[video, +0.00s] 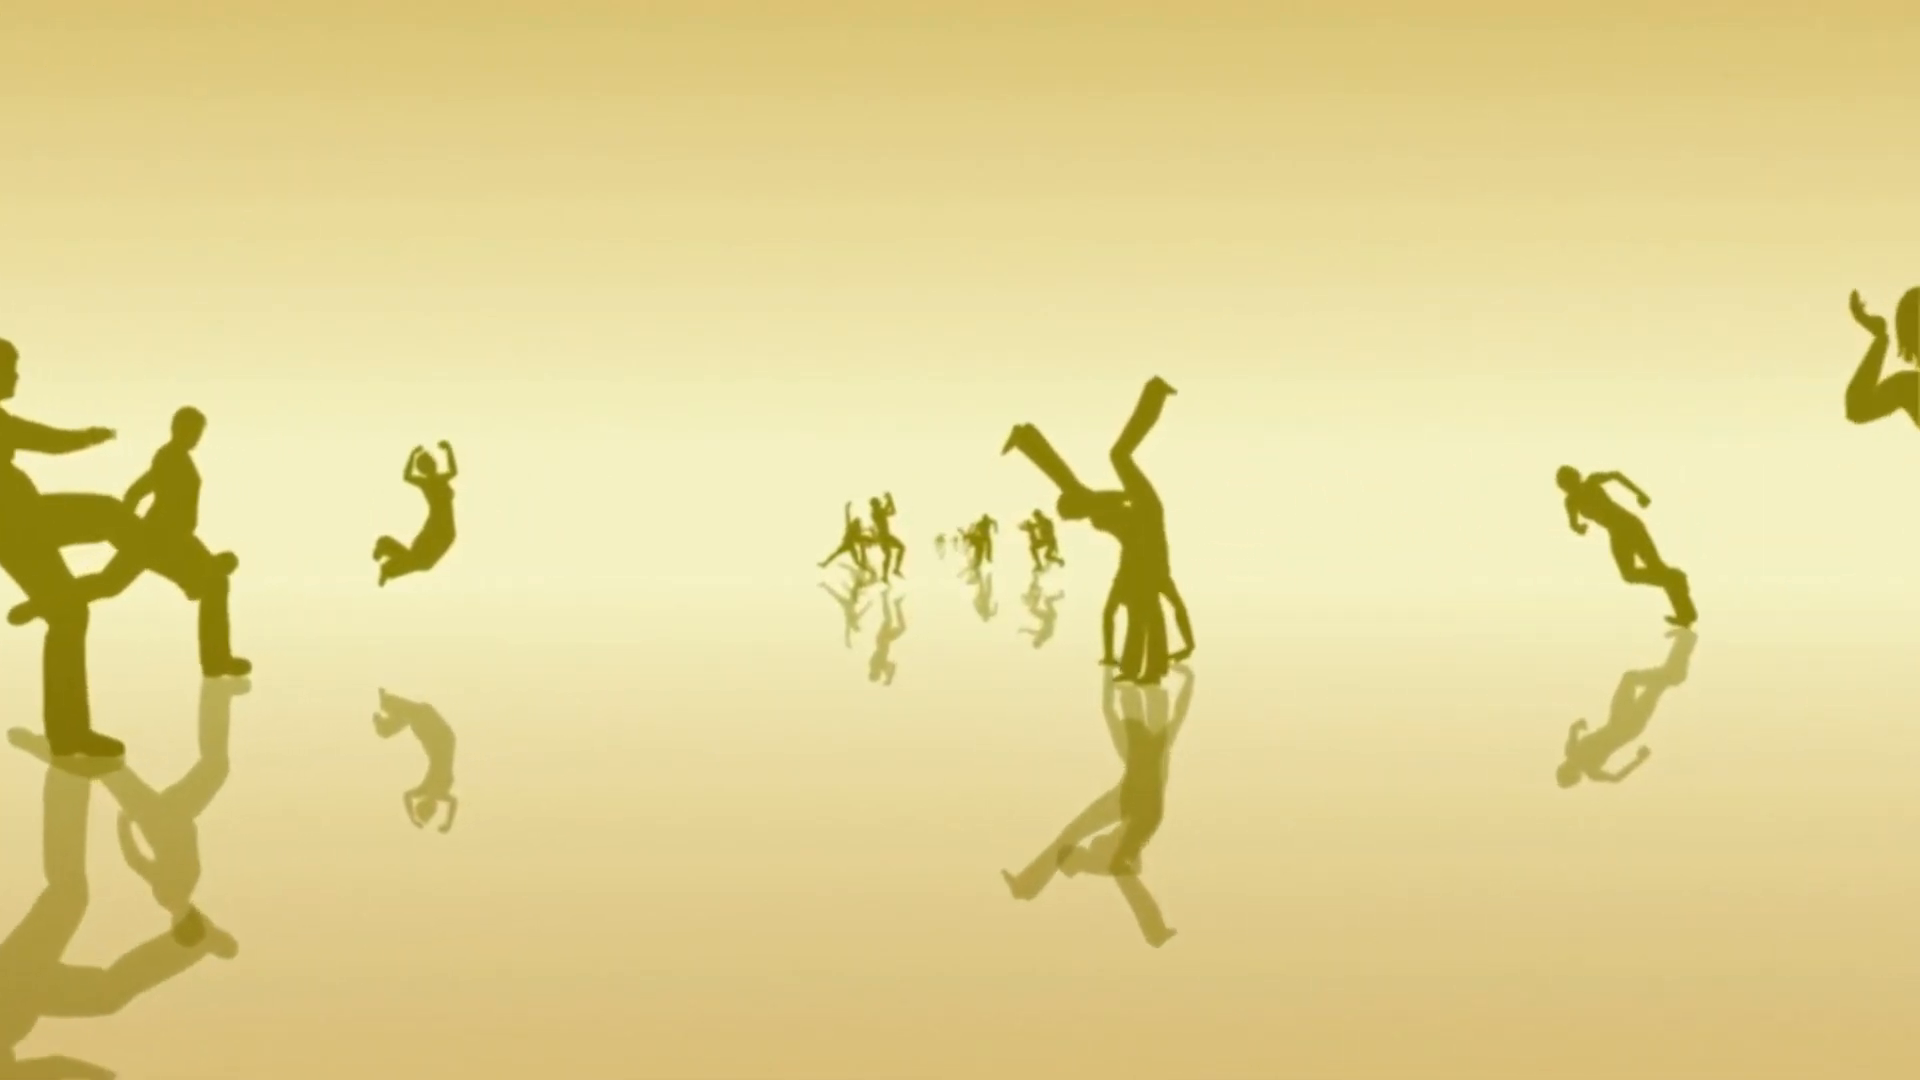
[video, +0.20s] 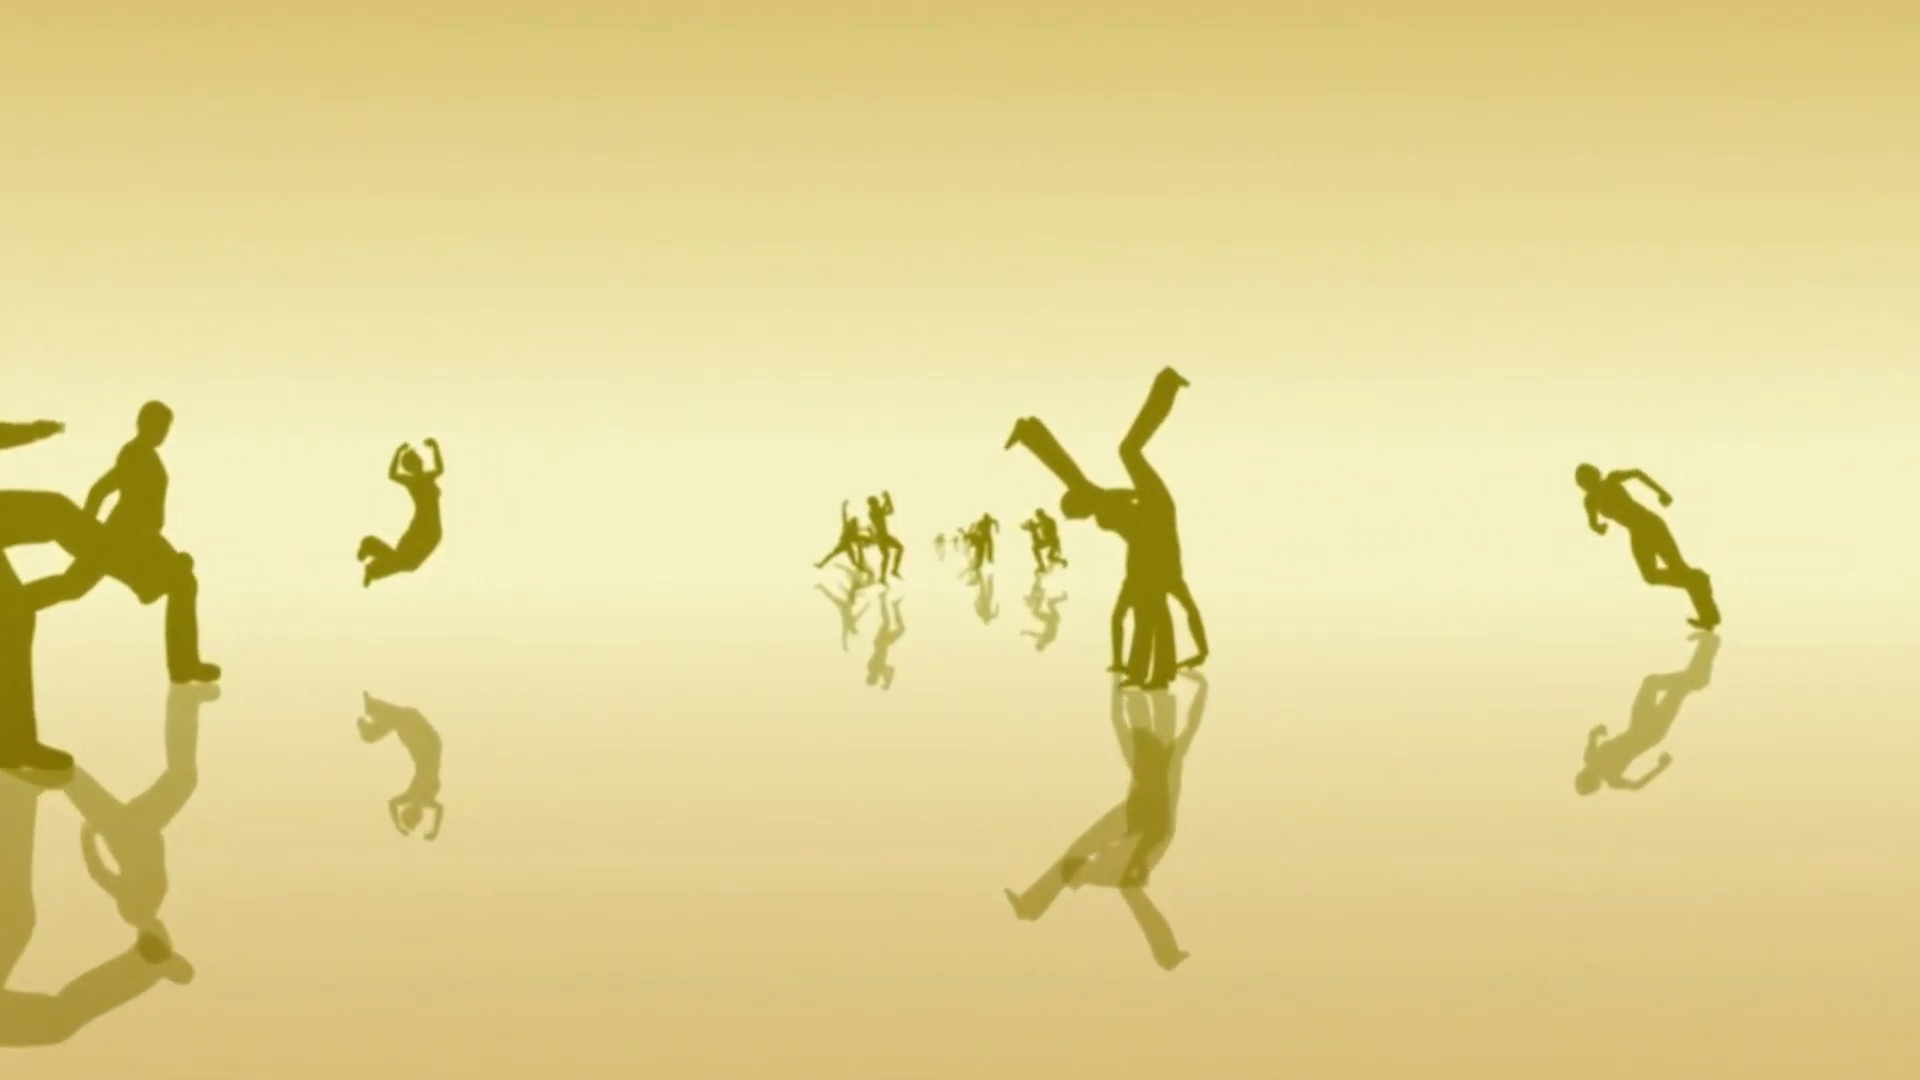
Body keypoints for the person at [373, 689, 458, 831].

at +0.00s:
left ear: (431, 806)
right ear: (421, 804)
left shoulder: (440, 794)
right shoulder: (423, 791)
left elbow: (454, 801)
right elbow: (406, 796)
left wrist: (448, 824)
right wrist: (412, 818)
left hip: (427, 715)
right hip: (417, 714)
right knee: (385, 732)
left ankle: (387, 700)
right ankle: (376, 718)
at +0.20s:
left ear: (417, 813)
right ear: (406, 811)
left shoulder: (426, 800)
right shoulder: (409, 798)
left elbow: (440, 808)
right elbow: (392, 803)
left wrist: (435, 831)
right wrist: (397, 826)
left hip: (413, 719)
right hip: (402, 719)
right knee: (369, 736)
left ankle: (371, 704)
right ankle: (361, 723)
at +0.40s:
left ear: (403, 821)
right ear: (391, 818)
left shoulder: (412, 808)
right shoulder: (394, 805)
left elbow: (426, 815)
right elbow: (376, 810)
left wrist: (420, 840)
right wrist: (382, 834)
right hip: (388, 724)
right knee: (352, 742)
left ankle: (355, 709)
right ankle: (345, 727)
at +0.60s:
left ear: (387, 829)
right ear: (375, 826)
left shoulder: (397, 816)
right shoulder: (378, 812)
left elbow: (411, 823)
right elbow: (360, 818)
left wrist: (405, 848)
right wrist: (366, 842)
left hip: (383, 731)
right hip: (372, 728)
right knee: (336, 747)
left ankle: (338, 713)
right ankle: (327, 732)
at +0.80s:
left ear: (371, 838)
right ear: (359, 835)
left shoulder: (380, 824)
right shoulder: (361, 821)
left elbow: (396, 831)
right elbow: (342, 826)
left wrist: (390, 856)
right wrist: (349, 851)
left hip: (365, 735)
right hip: (355, 734)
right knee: (318, 754)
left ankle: (321, 719)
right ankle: (309, 737)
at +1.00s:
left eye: (347, 856)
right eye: (343, 856)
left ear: (354, 847)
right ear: (342, 844)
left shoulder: (364, 832)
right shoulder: (343, 829)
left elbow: (379, 841)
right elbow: (324, 834)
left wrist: (373, 866)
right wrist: (332, 860)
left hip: (349, 741)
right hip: (336, 741)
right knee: (299, 760)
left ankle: (302, 725)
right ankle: (290, 742)